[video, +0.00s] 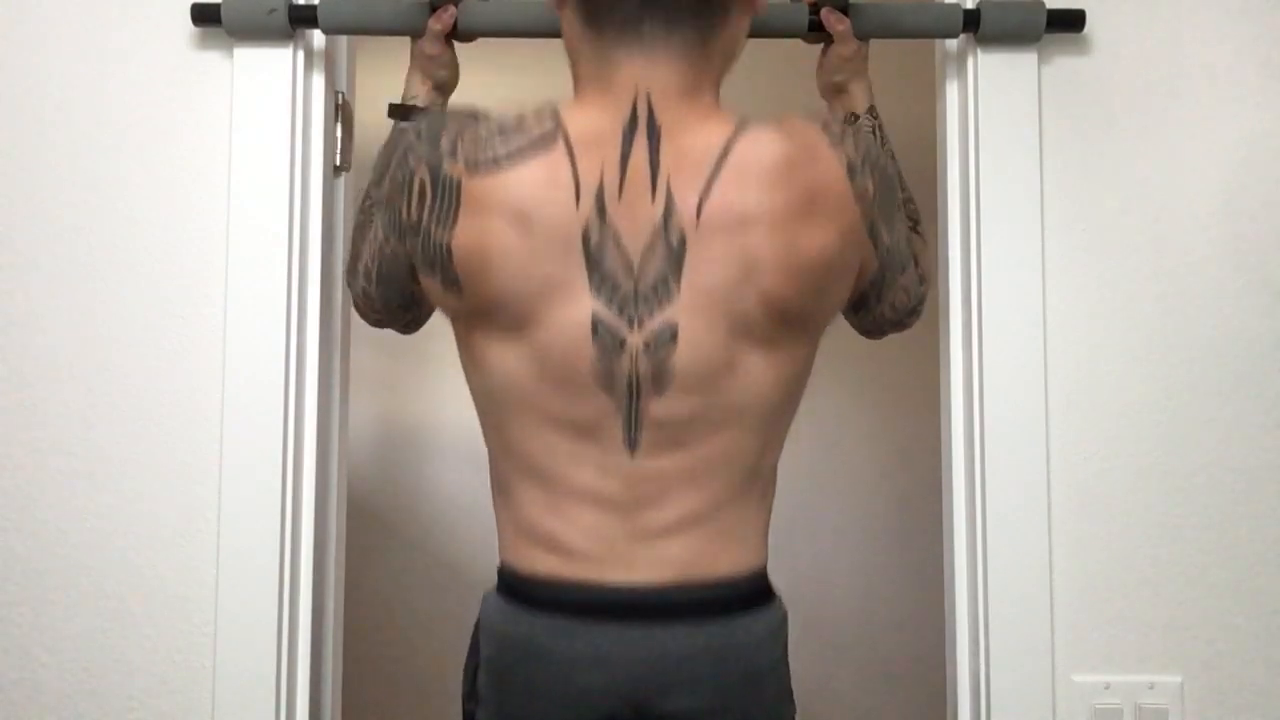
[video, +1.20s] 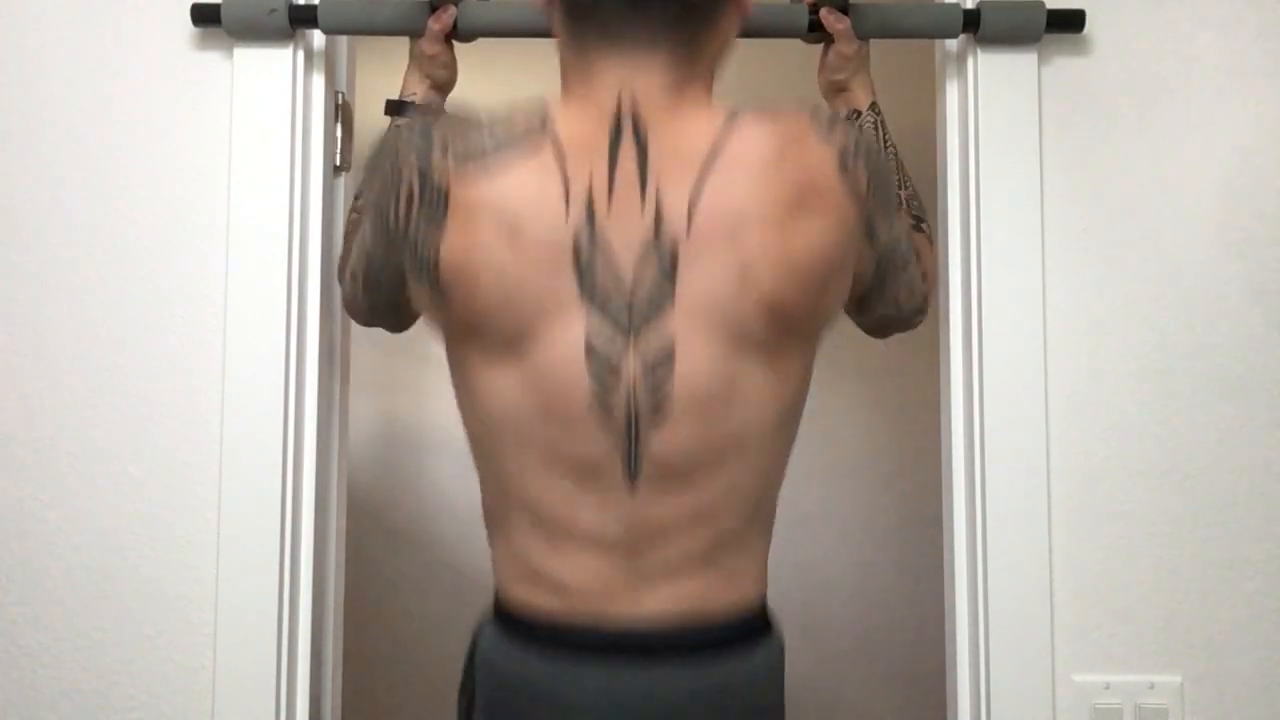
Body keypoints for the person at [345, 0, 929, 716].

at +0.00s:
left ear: (568, 16)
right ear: (741, 16)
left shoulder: (464, 168)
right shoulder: (812, 175)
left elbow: (382, 299)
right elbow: (894, 301)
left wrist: (420, 102)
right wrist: (852, 101)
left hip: (535, 647)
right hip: (728, 650)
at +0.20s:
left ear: (547, 86)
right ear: (758, 92)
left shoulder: (467, 277)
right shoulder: (809, 277)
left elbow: (378, 264)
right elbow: (901, 273)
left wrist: (423, 96)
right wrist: (852, 100)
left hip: (531, 693)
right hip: (727, 695)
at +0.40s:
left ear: (545, 183)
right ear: (754, 192)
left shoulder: (480, 365)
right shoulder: (798, 352)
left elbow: (389, 257)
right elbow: (891, 263)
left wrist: (423, 94)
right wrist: (849, 97)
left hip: (532, 707)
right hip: (720, 708)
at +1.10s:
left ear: (533, 77)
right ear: (748, 85)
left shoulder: (459, 276)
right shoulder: (799, 264)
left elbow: (371, 272)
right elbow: (903, 284)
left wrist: (423, 92)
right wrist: (852, 98)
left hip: (527, 700)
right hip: (724, 699)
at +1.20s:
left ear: (552, 14)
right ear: (734, 16)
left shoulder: (461, 185)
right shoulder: (809, 171)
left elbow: (373, 297)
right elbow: (901, 299)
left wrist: (419, 97)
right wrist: (855, 102)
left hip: (530, 673)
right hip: (726, 675)